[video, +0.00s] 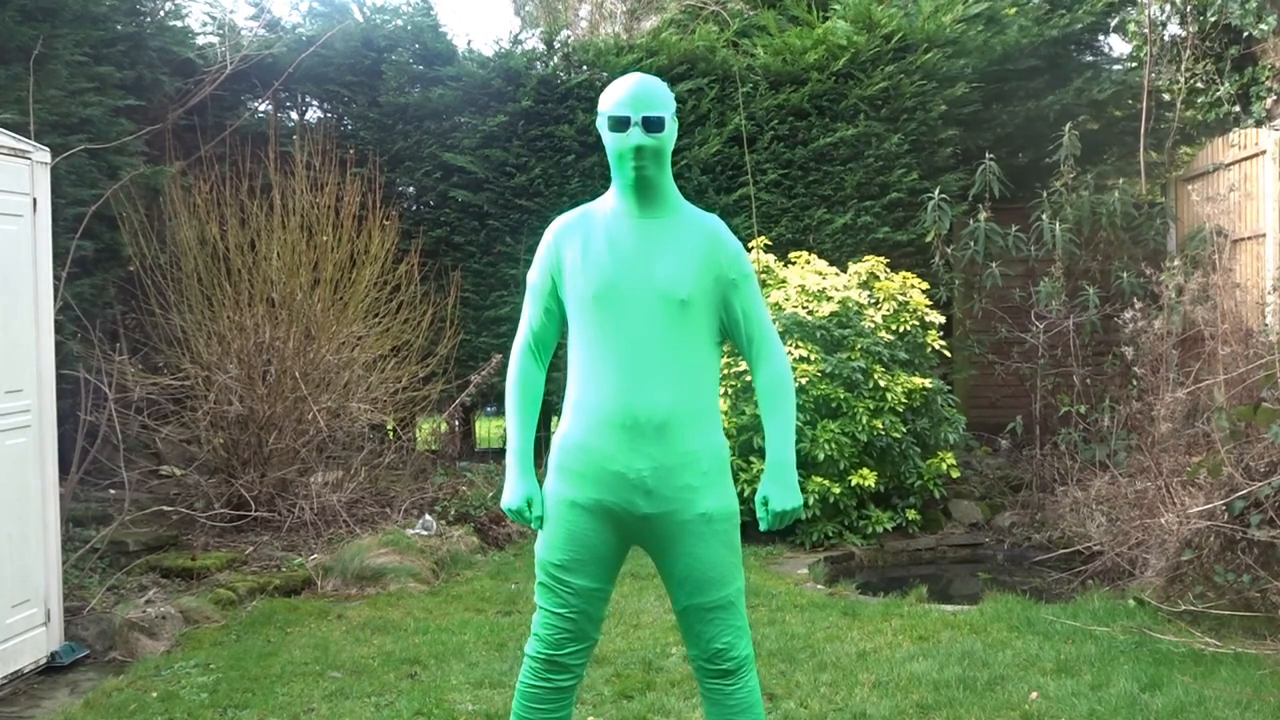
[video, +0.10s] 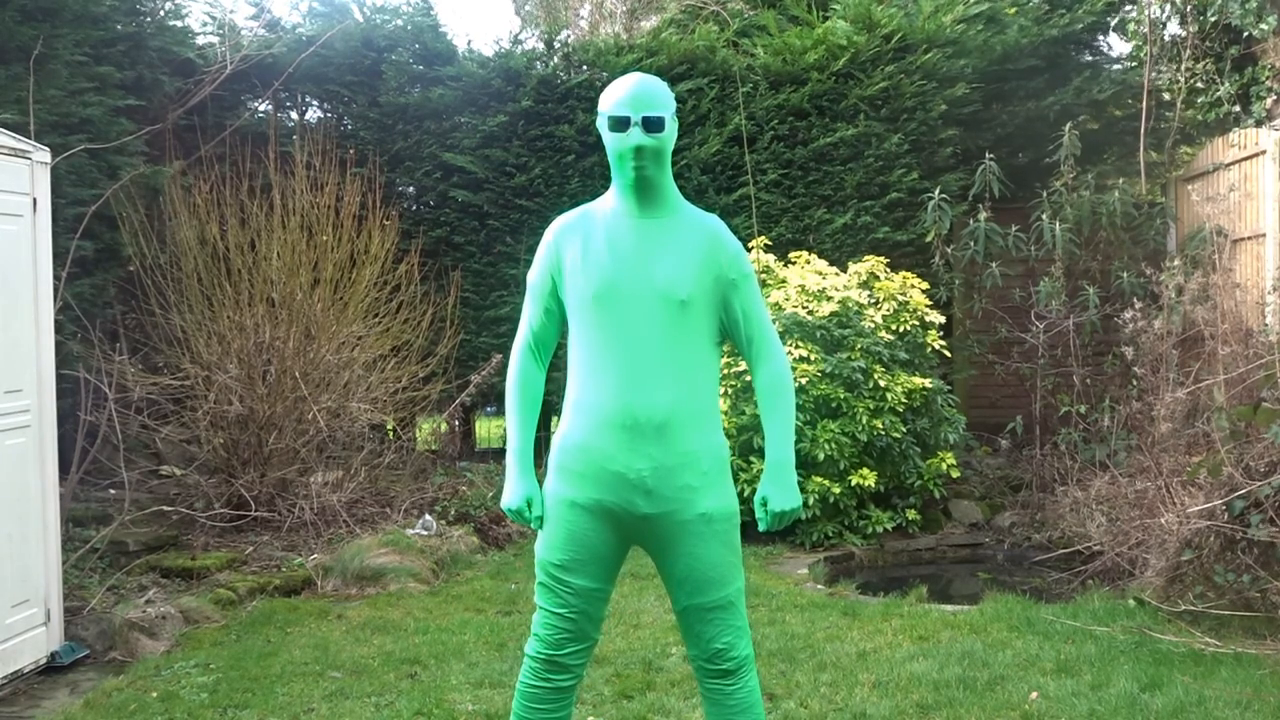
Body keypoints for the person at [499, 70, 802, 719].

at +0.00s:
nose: (637, 137)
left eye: (652, 123)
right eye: (621, 124)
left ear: (673, 133)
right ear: (602, 136)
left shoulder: (712, 239)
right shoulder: (566, 236)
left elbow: (766, 353)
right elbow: (530, 352)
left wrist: (781, 465)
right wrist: (518, 466)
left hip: (695, 488)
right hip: (583, 486)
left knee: (726, 666)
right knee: (552, 663)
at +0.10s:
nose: (637, 137)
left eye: (652, 123)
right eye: (622, 124)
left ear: (674, 133)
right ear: (602, 135)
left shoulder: (712, 239)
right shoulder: (566, 236)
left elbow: (766, 354)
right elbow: (529, 353)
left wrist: (780, 466)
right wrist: (518, 467)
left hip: (695, 489)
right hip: (583, 486)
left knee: (726, 666)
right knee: (552, 663)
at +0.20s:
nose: (637, 137)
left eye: (652, 123)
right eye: (622, 124)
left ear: (674, 133)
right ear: (602, 135)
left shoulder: (712, 240)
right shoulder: (566, 236)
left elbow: (766, 354)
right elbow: (530, 353)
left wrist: (780, 466)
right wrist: (518, 467)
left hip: (694, 488)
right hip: (583, 485)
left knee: (726, 667)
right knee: (551, 663)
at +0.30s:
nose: (638, 137)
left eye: (653, 123)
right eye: (622, 124)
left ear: (674, 133)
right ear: (603, 135)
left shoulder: (712, 240)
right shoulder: (567, 237)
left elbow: (766, 354)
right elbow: (531, 353)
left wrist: (780, 466)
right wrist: (519, 468)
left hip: (694, 488)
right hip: (583, 486)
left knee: (726, 666)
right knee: (551, 663)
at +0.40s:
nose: (638, 138)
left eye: (653, 124)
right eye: (622, 124)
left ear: (675, 133)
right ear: (602, 135)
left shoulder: (713, 240)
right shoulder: (567, 237)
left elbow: (767, 355)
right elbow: (531, 354)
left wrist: (780, 466)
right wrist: (519, 470)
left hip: (694, 488)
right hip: (582, 486)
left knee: (726, 666)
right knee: (551, 664)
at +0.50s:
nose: (637, 138)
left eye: (653, 123)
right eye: (622, 124)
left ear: (674, 133)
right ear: (602, 135)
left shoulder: (713, 240)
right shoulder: (567, 237)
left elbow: (766, 355)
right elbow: (531, 354)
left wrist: (780, 467)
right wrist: (519, 469)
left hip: (694, 488)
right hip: (582, 485)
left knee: (726, 666)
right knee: (551, 663)